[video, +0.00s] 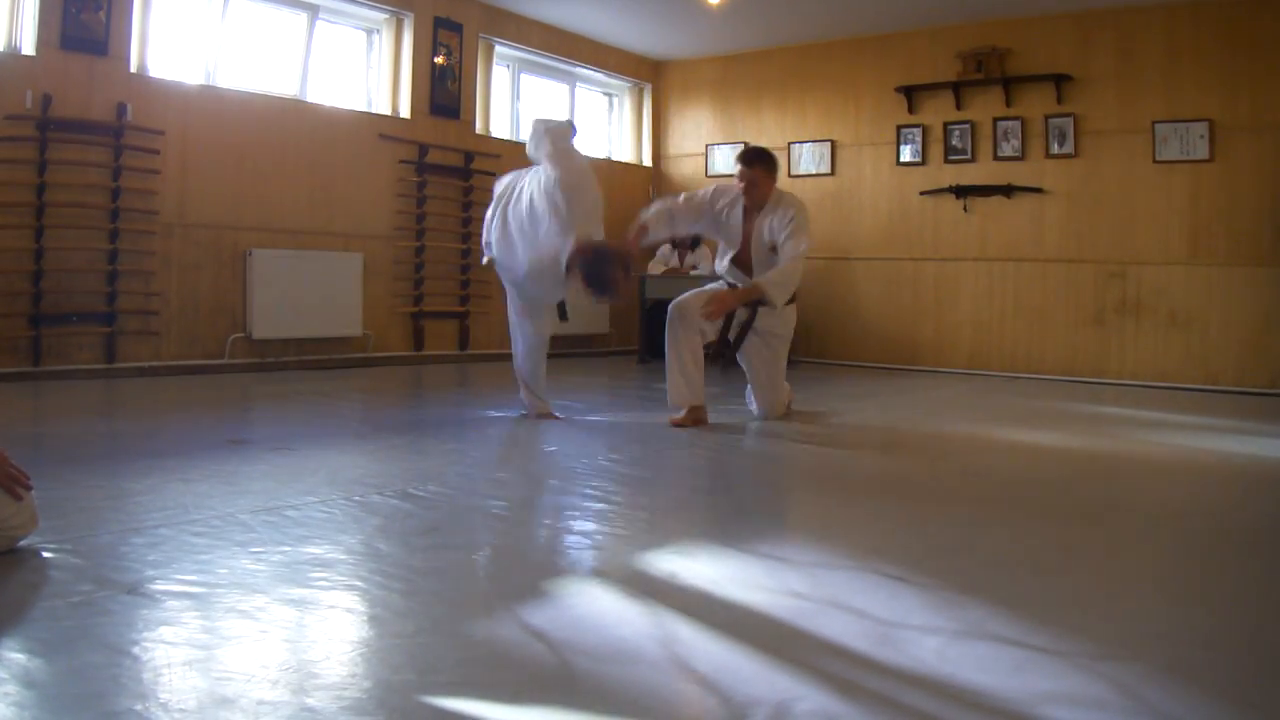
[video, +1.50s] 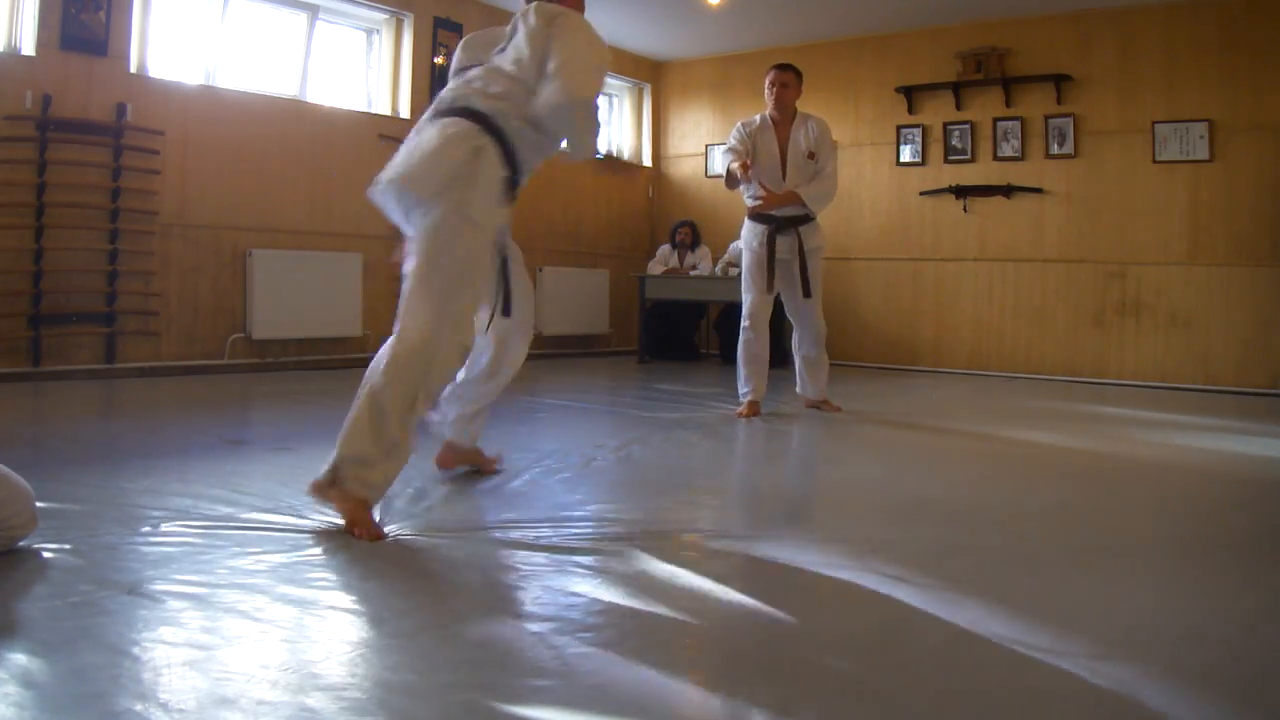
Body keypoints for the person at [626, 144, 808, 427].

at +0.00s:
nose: (743, 189)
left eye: (752, 183)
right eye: (741, 180)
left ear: (771, 182)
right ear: (736, 177)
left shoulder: (790, 211)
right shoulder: (723, 199)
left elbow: (790, 272)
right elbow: (673, 208)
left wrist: (738, 297)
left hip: (771, 304)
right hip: (728, 289)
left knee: (768, 408)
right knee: (682, 311)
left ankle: (779, 395)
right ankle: (694, 407)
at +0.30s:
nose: (772, 183)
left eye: (781, 179)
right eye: (769, 175)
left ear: (798, 181)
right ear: (764, 173)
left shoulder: (810, 208)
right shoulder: (746, 200)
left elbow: (809, 222)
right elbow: (703, 187)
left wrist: (795, 219)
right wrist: (662, 166)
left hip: (776, 315)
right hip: (735, 297)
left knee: (766, 410)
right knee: (673, 304)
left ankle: (787, 390)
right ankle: (707, 383)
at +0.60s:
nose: (753, 170)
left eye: (762, 164)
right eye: (749, 163)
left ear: (778, 169)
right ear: (744, 166)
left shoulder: (796, 204)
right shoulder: (727, 204)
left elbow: (837, 244)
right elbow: (674, 218)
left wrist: (803, 250)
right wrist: (673, 241)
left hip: (776, 303)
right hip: (734, 294)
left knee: (763, 407)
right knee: (697, 324)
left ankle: (790, 388)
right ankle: (724, 404)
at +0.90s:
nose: (756, 127)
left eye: (764, 122)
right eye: (751, 122)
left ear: (779, 130)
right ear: (744, 129)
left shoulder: (795, 167)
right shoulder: (728, 168)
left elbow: (814, 223)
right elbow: (706, 207)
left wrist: (774, 245)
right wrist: (720, 225)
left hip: (780, 263)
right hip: (734, 259)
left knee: (774, 354)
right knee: (711, 316)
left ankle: (788, 389)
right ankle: (726, 402)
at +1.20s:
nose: (764, 86)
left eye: (773, 81)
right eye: (760, 80)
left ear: (787, 87)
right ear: (752, 84)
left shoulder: (803, 121)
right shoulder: (735, 121)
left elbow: (817, 177)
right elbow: (722, 160)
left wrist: (778, 190)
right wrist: (734, 149)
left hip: (793, 226)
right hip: (749, 226)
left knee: (794, 310)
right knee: (745, 309)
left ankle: (792, 382)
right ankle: (748, 394)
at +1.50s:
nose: (776, 91)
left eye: (784, 86)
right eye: (771, 85)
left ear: (799, 92)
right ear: (764, 91)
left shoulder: (816, 129)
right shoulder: (747, 130)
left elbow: (826, 184)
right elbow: (730, 179)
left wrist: (785, 198)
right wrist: (738, 169)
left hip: (801, 233)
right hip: (758, 232)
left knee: (809, 317)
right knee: (753, 316)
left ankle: (813, 392)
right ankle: (750, 396)